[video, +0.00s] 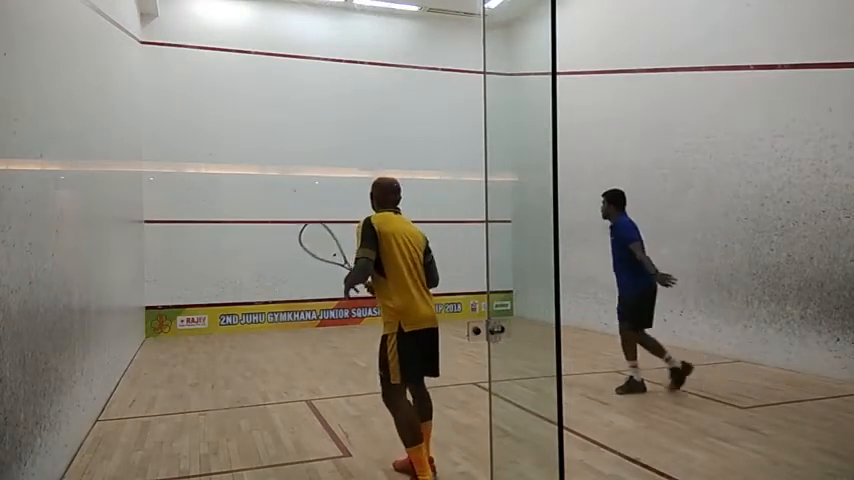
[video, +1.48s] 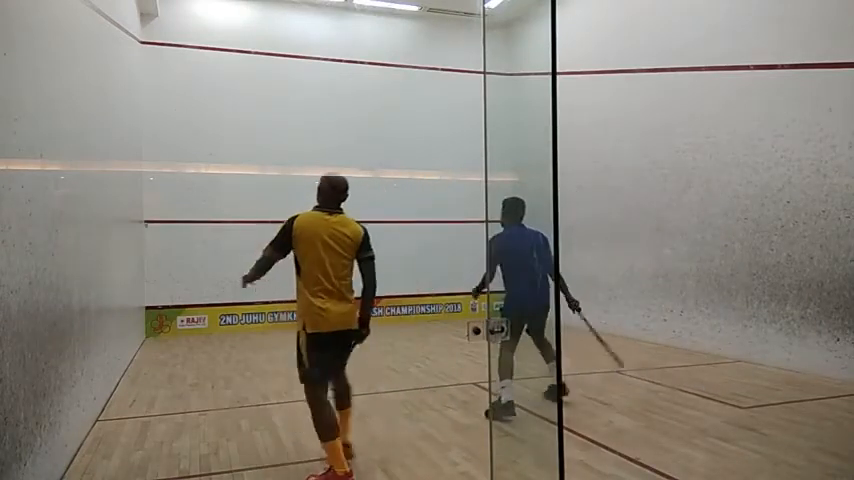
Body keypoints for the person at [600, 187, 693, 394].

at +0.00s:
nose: (601, 208)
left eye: (604, 204)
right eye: (602, 204)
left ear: (613, 206)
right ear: (617, 206)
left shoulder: (624, 227)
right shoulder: (618, 226)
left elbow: (639, 254)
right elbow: (635, 256)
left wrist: (656, 274)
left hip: (638, 290)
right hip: (629, 289)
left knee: (633, 332)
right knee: (626, 331)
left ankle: (676, 366)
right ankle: (635, 378)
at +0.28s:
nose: (582, 205)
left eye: (586, 202)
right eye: (583, 201)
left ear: (596, 204)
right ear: (602, 204)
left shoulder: (596, 226)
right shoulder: (616, 223)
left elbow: (600, 258)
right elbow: (636, 242)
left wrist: (589, 290)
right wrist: (658, 248)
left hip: (608, 289)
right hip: (623, 288)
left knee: (587, 329)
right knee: (618, 331)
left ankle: (588, 382)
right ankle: (635, 378)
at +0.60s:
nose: (559, 204)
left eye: (562, 200)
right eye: (559, 200)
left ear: (573, 202)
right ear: (578, 203)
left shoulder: (566, 226)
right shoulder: (594, 227)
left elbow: (564, 257)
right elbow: (596, 262)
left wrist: (547, 277)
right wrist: (603, 289)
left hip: (568, 291)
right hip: (588, 291)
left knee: (555, 331)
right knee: (582, 332)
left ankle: (561, 382)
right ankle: (613, 375)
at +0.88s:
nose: (551, 207)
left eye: (552, 204)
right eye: (554, 203)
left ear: (553, 205)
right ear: (572, 207)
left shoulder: (554, 227)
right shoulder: (581, 232)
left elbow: (549, 265)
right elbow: (578, 271)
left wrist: (531, 290)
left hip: (552, 295)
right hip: (576, 298)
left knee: (523, 328)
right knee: (573, 338)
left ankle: (535, 380)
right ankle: (595, 387)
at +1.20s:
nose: (512, 221)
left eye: (515, 218)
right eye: (514, 217)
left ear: (521, 221)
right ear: (535, 222)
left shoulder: (514, 246)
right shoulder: (547, 247)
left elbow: (510, 282)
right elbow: (553, 280)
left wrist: (497, 312)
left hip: (523, 310)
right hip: (548, 310)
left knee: (499, 355)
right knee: (549, 345)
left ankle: (504, 406)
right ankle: (584, 386)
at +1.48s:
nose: (500, 217)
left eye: (502, 213)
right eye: (502, 213)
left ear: (505, 215)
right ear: (522, 215)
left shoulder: (497, 242)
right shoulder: (538, 238)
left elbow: (490, 273)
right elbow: (553, 272)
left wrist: (479, 288)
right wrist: (569, 297)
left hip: (516, 303)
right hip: (541, 301)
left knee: (507, 349)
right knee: (538, 336)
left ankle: (506, 401)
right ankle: (559, 382)